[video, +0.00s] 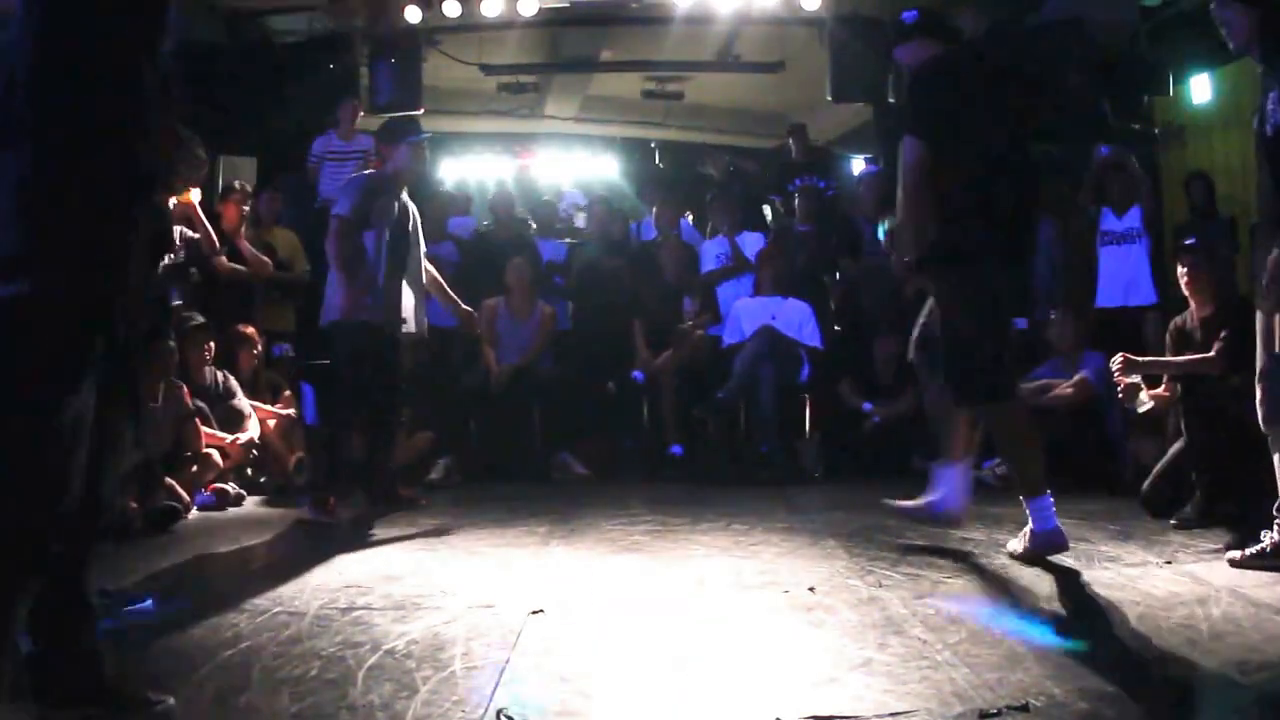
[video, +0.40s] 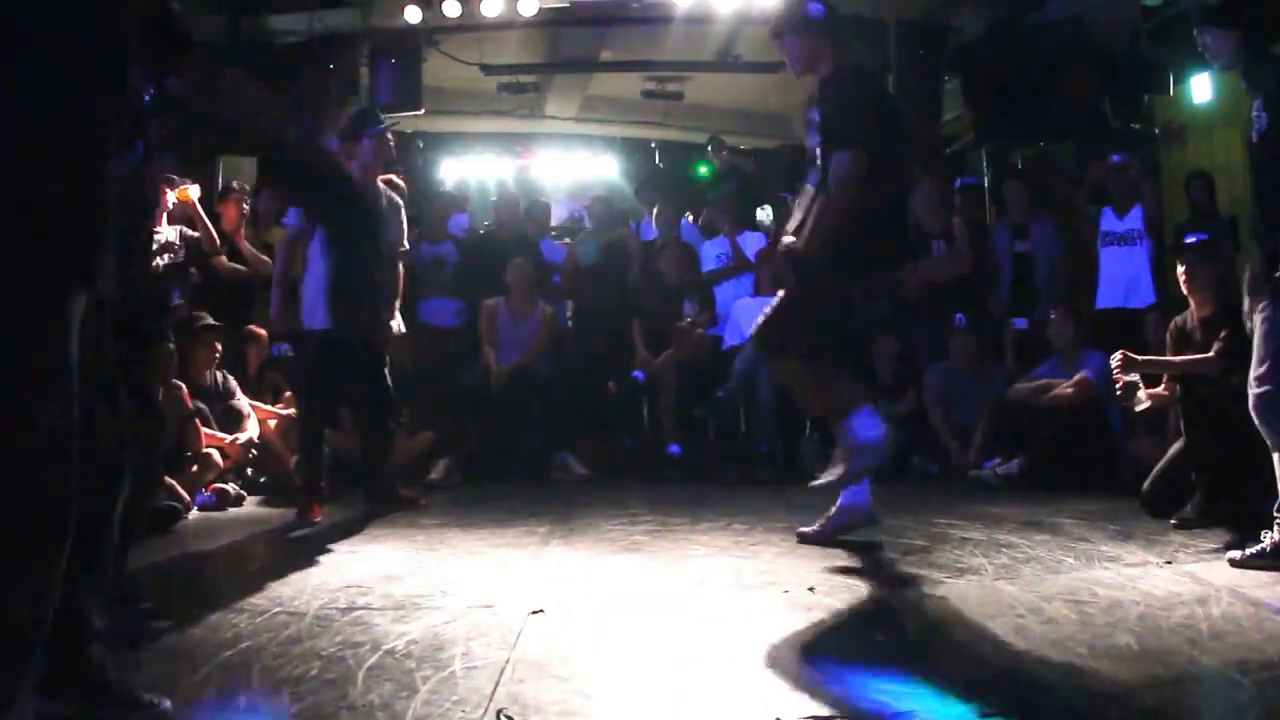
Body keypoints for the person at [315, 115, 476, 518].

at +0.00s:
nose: (422, 155)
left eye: (422, 147)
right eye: (413, 147)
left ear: (409, 152)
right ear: (387, 150)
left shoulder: (406, 207)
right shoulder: (363, 186)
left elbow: (421, 267)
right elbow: (338, 236)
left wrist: (458, 307)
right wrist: (353, 288)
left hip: (391, 323)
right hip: (353, 320)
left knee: (387, 407)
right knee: (343, 407)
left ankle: (382, 486)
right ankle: (331, 492)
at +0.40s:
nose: (390, 148)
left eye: (389, 141)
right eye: (381, 141)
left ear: (381, 149)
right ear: (354, 146)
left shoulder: (390, 202)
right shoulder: (321, 192)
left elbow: (398, 260)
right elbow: (290, 246)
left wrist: (394, 310)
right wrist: (280, 302)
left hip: (368, 323)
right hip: (319, 322)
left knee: (379, 409)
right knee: (313, 414)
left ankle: (380, 487)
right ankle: (310, 498)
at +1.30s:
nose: (346, 121)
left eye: (352, 116)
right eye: (338, 113)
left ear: (359, 127)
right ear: (316, 122)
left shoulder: (370, 167)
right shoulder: (292, 168)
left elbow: (415, 132)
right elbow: (270, 238)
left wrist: (450, 94)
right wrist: (258, 292)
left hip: (346, 308)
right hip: (292, 305)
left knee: (344, 414)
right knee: (280, 400)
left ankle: (342, 508)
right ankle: (296, 480)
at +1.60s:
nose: (339, 125)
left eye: (344, 116)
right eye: (330, 115)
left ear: (349, 121)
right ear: (307, 117)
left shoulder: (360, 164)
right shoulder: (275, 172)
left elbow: (413, 171)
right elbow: (251, 240)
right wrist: (253, 305)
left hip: (347, 308)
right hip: (293, 308)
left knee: (344, 415)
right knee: (292, 415)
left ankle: (341, 510)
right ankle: (290, 512)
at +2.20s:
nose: (373, 150)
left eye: (376, 142)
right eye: (369, 140)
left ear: (355, 135)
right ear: (348, 130)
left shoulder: (336, 176)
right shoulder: (321, 176)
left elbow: (334, 253)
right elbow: (322, 256)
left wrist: (343, 311)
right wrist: (340, 315)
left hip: (327, 316)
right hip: (306, 317)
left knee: (340, 409)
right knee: (303, 415)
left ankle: (341, 496)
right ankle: (290, 517)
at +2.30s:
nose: (384, 161)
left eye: (387, 153)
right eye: (384, 151)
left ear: (357, 139)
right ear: (369, 141)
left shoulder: (321, 172)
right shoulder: (343, 168)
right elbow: (350, 234)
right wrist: (382, 292)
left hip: (315, 305)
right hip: (318, 306)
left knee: (336, 407)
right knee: (313, 411)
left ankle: (337, 496)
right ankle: (290, 518)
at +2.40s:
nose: (391, 174)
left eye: (392, 167)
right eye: (391, 165)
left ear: (365, 149)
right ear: (377, 154)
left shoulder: (321, 182)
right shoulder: (357, 170)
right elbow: (365, 221)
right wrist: (408, 276)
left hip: (308, 306)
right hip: (328, 306)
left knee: (334, 407)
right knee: (320, 411)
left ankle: (340, 497)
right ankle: (293, 514)